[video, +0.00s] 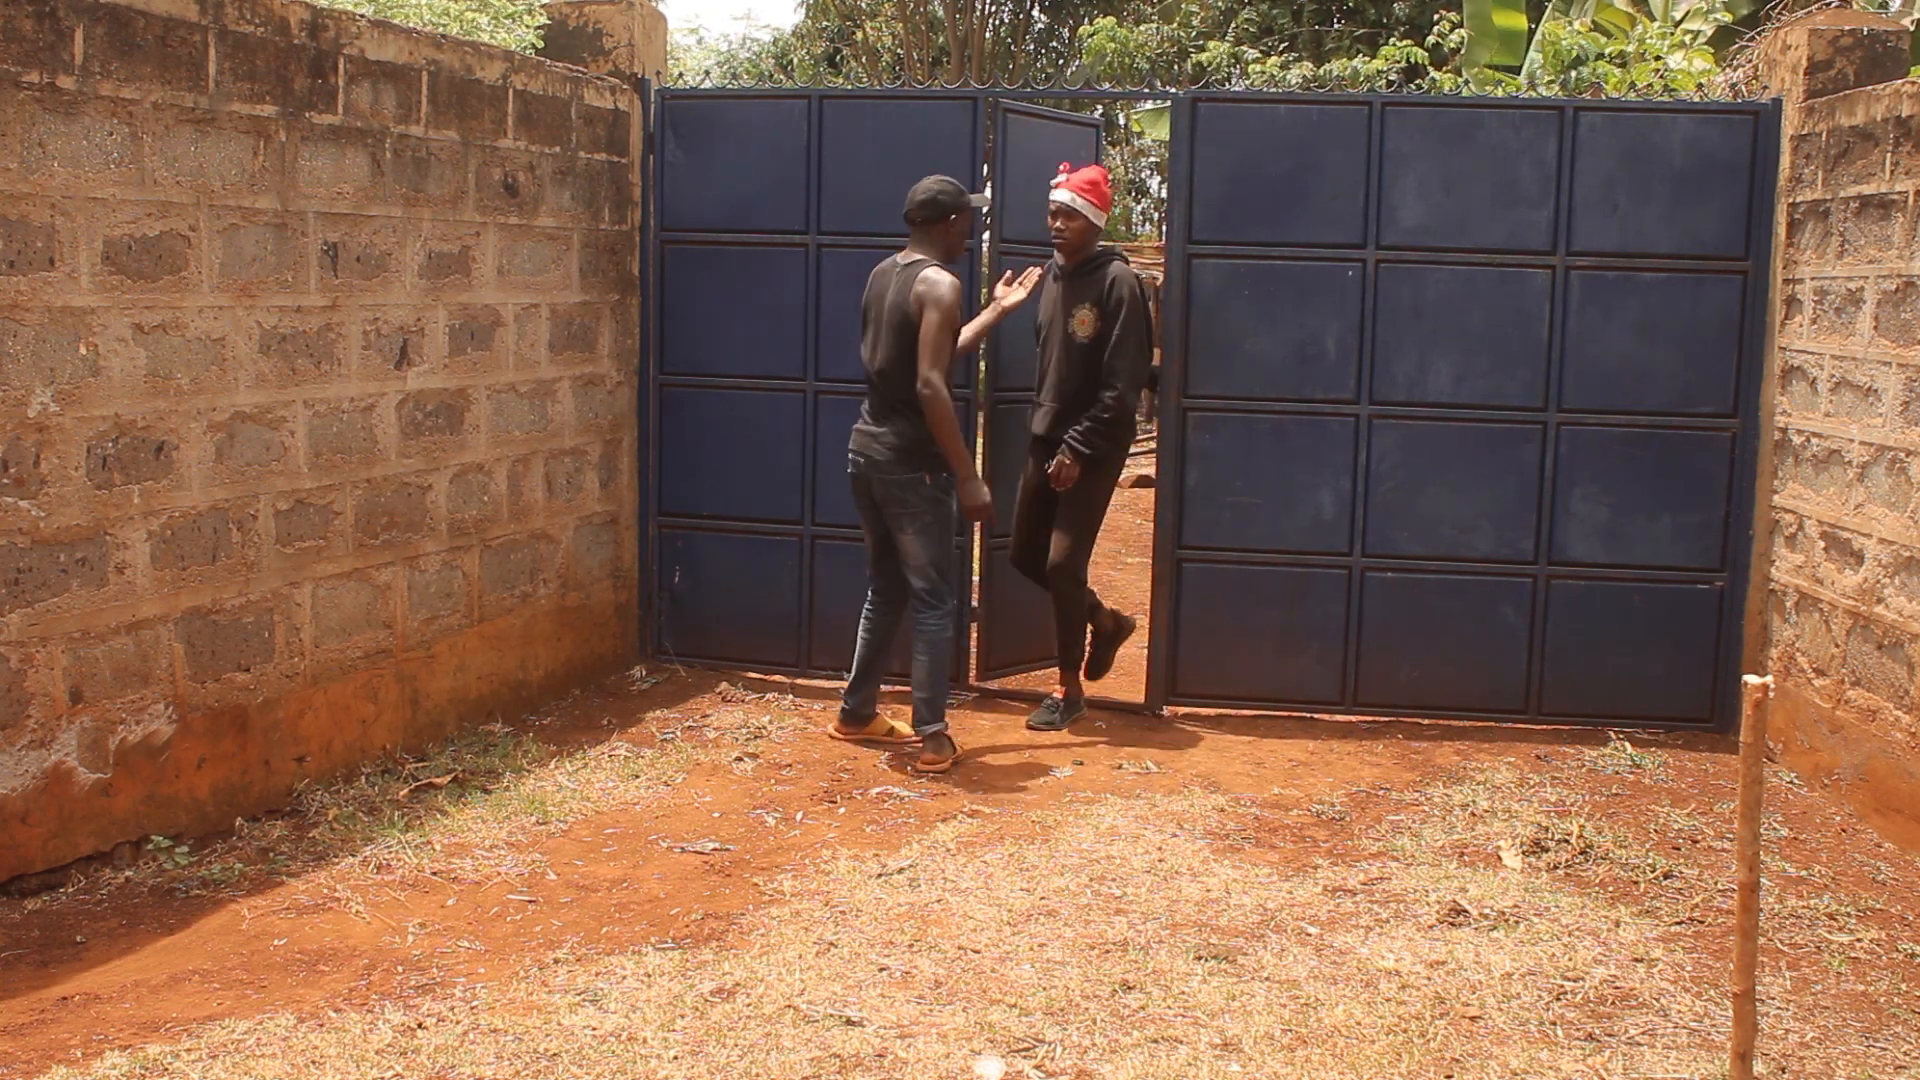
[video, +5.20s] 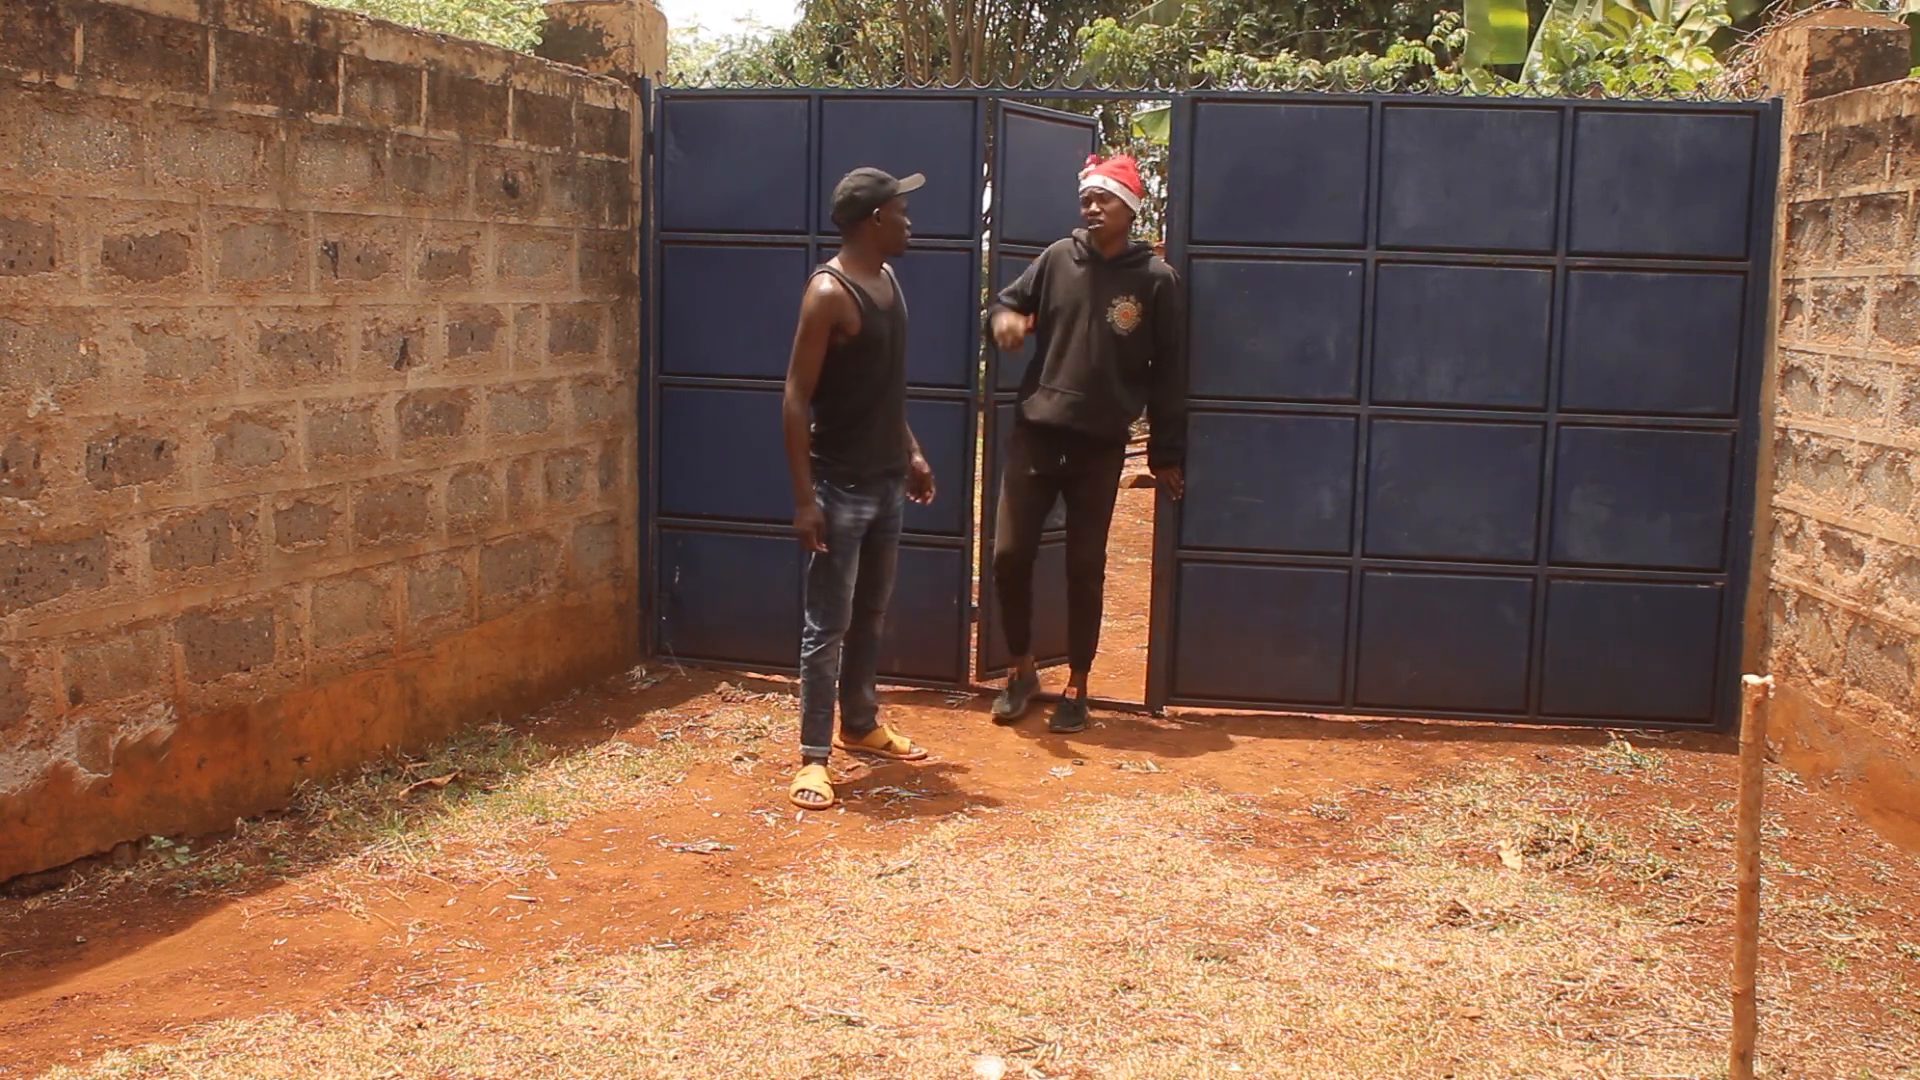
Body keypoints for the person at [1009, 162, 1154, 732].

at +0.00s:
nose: (1056, 223)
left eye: (1069, 214)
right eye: (1053, 212)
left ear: (1098, 221)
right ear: (1049, 216)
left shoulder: (1121, 281)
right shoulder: (1052, 276)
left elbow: (1123, 386)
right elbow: (1050, 358)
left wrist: (1079, 448)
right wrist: (1041, 428)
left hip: (1095, 444)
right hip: (1047, 437)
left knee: (1064, 564)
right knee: (1025, 554)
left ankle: (1071, 694)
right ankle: (1105, 621)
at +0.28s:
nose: (1052, 211)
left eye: (1064, 202)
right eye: (1050, 201)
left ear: (1096, 210)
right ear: (1049, 206)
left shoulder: (1125, 276)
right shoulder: (1042, 266)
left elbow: (1131, 377)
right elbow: (1030, 352)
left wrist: (1097, 448)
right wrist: (1011, 417)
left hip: (1085, 440)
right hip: (1029, 430)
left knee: (1070, 564)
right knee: (989, 537)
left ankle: (1069, 688)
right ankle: (1055, 618)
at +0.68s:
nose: (1032, 204)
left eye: (1044, 195)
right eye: (1031, 195)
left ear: (1075, 203)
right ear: (1036, 202)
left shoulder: (1107, 271)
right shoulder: (1021, 266)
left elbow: (1124, 369)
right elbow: (1002, 345)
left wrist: (1118, 453)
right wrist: (970, 358)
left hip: (1068, 438)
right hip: (1007, 433)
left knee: (1065, 564)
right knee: (1010, 558)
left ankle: (1069, 687)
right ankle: (1014, 681)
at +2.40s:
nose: (1097, 217)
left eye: (1111, 209)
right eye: (1095, 206)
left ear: (1138, 218)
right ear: (1088, 211)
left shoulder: (1151, 277)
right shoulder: (1070, 263)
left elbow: (1187, 368)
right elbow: (1021, 329)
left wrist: (1205, 454)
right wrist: (973, 385)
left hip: (1112, 433)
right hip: (1053, 424)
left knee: (1085, 559)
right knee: (1009, 534)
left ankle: (1073, 690)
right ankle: (1050, 641)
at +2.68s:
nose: (1098, 221)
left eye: (1111, 215)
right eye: (1096, 212)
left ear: (1138, 226)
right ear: (1092, 219)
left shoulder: (1145, 281)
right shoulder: (1084, 268)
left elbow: (1186, 364)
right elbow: (1040, 332)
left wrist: (1195, 452)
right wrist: (990, 386)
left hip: (1121, 438)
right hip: (1073, 432)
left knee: (1080, 557)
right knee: (1051, 556)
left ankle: (1070, 693)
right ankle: (1109, 657)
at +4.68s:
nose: (1088, 223)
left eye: (1102, 216)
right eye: (1086, 212)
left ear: (1128, 230)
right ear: (1079, 218)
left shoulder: (1148, 291)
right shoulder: (1062, 269)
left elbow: (1181, 376)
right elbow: (1036, 341)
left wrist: (1172, 455)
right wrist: (997, 395)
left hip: (1110, 451)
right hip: (1054, 444)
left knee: (1081, 569)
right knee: (1043, 565)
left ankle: (1074, 693)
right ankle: (1099, 648)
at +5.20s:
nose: (1093, 208)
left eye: (1105, 199)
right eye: (1088, 198)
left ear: (1133, 207)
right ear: (1082, 204)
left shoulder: (1157, 280)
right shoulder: (1058, 256)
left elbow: (1168, 374)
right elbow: (1007, 305)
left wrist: (1166, 456)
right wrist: (1005, 318)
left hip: (1100, 441)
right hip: (1036, 430)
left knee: (1085, 565)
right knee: (1008, 555)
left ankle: (1076, 688)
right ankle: (1021, 671)